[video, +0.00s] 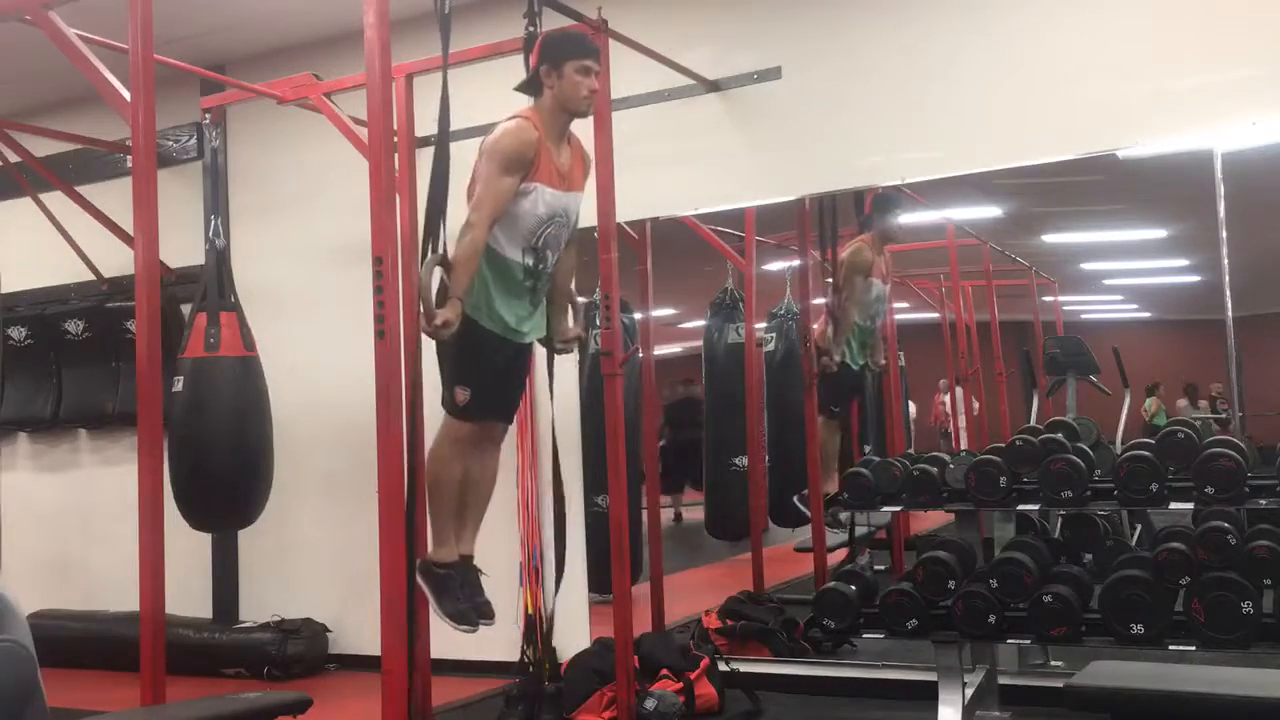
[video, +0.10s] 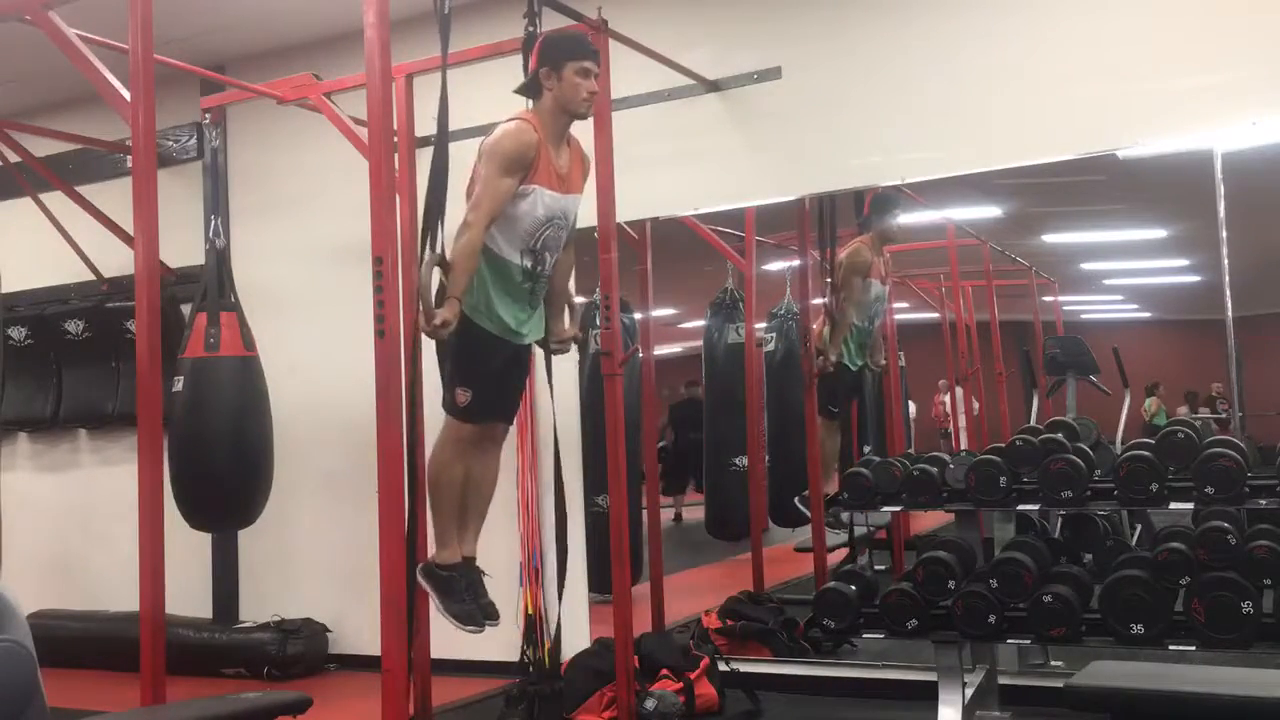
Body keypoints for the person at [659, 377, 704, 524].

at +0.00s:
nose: (689, 391)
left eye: (687, 387)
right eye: (690, 387)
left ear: (681, 389)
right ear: (696, 388)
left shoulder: (671, 406)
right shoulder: (702, 404)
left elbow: (665, 427)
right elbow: (707, 425)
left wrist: (660, 440)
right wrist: (707, 441)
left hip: (675, 448)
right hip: (697, 447)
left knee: (675, 480)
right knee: (702, 479)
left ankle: (677, 511)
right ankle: (711, 507)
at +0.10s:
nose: (695, 392)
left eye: (693, 389)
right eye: (694, 389)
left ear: (685, 391)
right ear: (699, 390)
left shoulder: (676, 407)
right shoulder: (705, 405)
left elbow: (668, 427)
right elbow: (711, 427)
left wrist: (666, 444)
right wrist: (712, 443)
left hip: (681, 448)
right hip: (702, 448)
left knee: (678, 480)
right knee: (705, 479)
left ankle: (678, 511)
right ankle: (712, 509)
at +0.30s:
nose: (684, 394)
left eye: (686, 391)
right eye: (684, 391)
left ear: (691, 390)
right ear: (700, 390)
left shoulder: (690, 404)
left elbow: (684, 422)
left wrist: (667, 432)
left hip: (693, 444)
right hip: (708, 443)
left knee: (686, 475)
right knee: (711, 476)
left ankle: (689, 509)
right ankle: (717, 509)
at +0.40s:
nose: (686, 392)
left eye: (688, 389)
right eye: (686, 389)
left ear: (693, 390)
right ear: (697, 390)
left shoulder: (694, 403)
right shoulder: (703, 402)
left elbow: (688, 420)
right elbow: (688, 422)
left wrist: (671, 427)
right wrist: (675, 427)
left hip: (695, 445)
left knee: (691, 476)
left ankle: (694, 509)